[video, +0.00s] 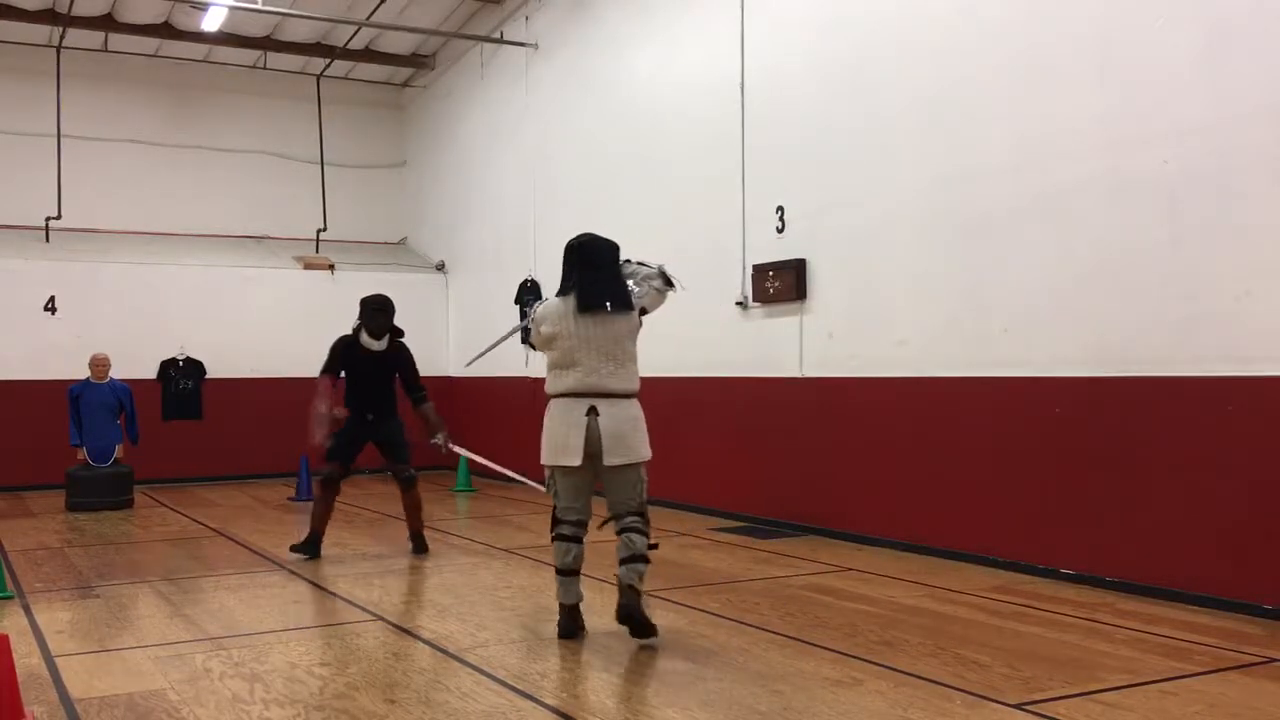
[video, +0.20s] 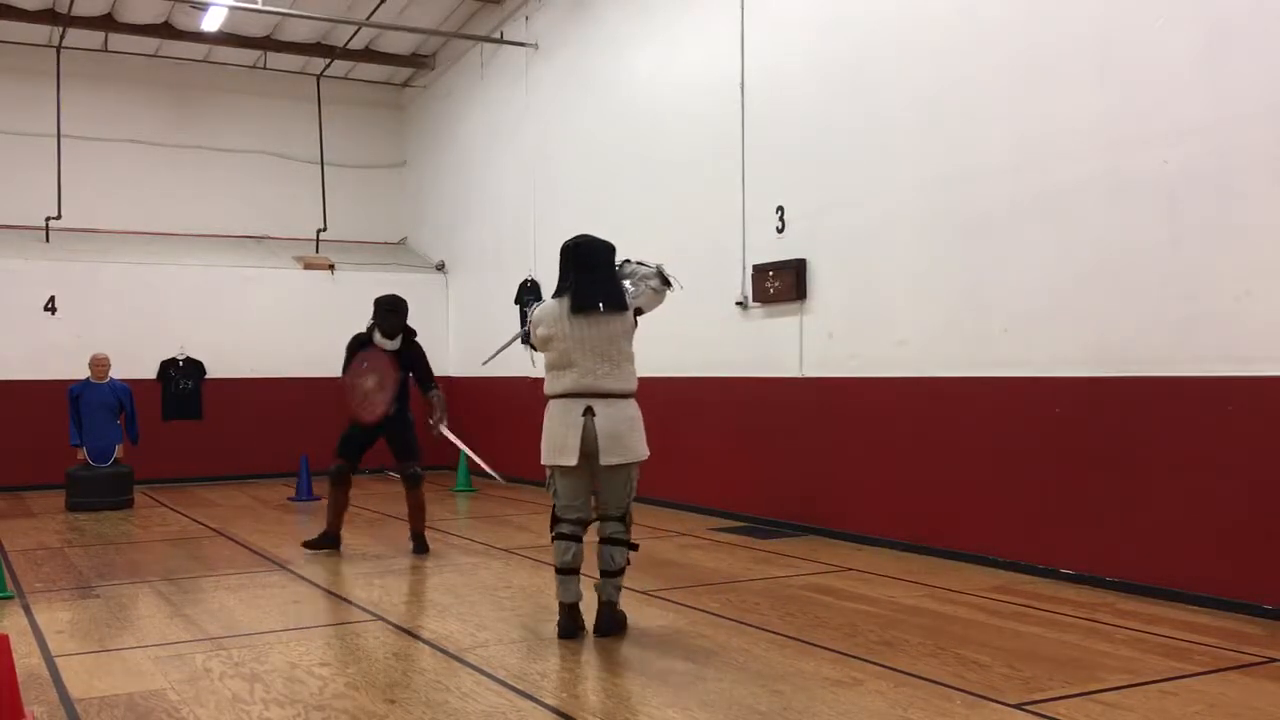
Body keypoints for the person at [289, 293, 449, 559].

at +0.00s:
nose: (378, 321)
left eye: (384, 315)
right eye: (373, 315)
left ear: (391, 319)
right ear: (362, 316)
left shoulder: (398, 351)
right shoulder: (344, 346)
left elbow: (417, 393)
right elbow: (325, 385)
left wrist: (438, 428)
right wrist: (323, 422)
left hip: (387, 422)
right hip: (353, 421)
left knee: (407, 479)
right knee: (329, 478)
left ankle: (417, 536)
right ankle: (313, 540)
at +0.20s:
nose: (391, 326)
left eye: (396, 321)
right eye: (386, 320)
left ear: (403, 321)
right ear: (376, 317)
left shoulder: (410, 348)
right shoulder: (359, 344)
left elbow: (428, 384)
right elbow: (348, 379)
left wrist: (438, 410)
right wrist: (361, 397)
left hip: (398, 418)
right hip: (365, 418)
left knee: (413, 476)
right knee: (340, 471)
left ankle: (418, 536)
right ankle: (331, 534)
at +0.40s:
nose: (388, 328)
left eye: (393, 324)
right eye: (384, 322)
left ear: (403, 321)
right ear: (376, 319)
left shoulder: (411, 347)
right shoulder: (361, 341)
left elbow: (433, 384)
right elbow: (350, 377)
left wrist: (428, 391)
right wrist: (368, 368)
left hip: (398, 414)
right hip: (366, 412)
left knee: (412, 472)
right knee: (343, 470)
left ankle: (419, 536)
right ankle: (347, 524)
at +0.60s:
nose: (374, 328)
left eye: (380, 323)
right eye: (370, 322)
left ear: (390, 324)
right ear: (363, 320)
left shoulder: (398, 349)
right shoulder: (348, 345)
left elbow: (418, 383)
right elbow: (335, 380)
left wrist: (416, 393)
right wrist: (344, 374)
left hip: (387, 415)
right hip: (356, 415)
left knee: (404, 472)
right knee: (341, 473)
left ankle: (418, 535)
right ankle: (345, 528)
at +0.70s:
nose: (363, 328)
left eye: (369, 322)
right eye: (360, 320)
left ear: (379, 325)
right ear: (353, 320)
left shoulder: (387, 351)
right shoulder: (338, 346)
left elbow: (405, 384)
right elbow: (325, 377)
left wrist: (408, 400)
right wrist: (323, 383)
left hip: (376, 418)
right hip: (346, 418)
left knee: (396, 473)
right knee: (332, 476)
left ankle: (416, 534)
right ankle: (344, 528)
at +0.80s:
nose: (351, 328)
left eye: (358, 323)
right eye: (348, 321)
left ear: (368, 325)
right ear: (342, 321)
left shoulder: (375, 353)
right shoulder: (327, 348)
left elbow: (392, 388)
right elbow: (312, 381)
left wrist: (401, 414)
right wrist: (328, 373)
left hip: (367, 424)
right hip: (334, 424)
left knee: (387, 476)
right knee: (325, 479)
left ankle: (412, 532)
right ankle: (343, 529)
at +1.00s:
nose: (330, 325)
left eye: (337, 320)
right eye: (328, 320)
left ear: (349, 323)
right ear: (325, 322)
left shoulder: (361, 356)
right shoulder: (319, 351)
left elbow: (376, 399)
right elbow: (304, 379)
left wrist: (389, 434)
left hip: (350, 421)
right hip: (321, 421)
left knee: (362, 472)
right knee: (317, 475)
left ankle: (374, 533)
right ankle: (342, 528)